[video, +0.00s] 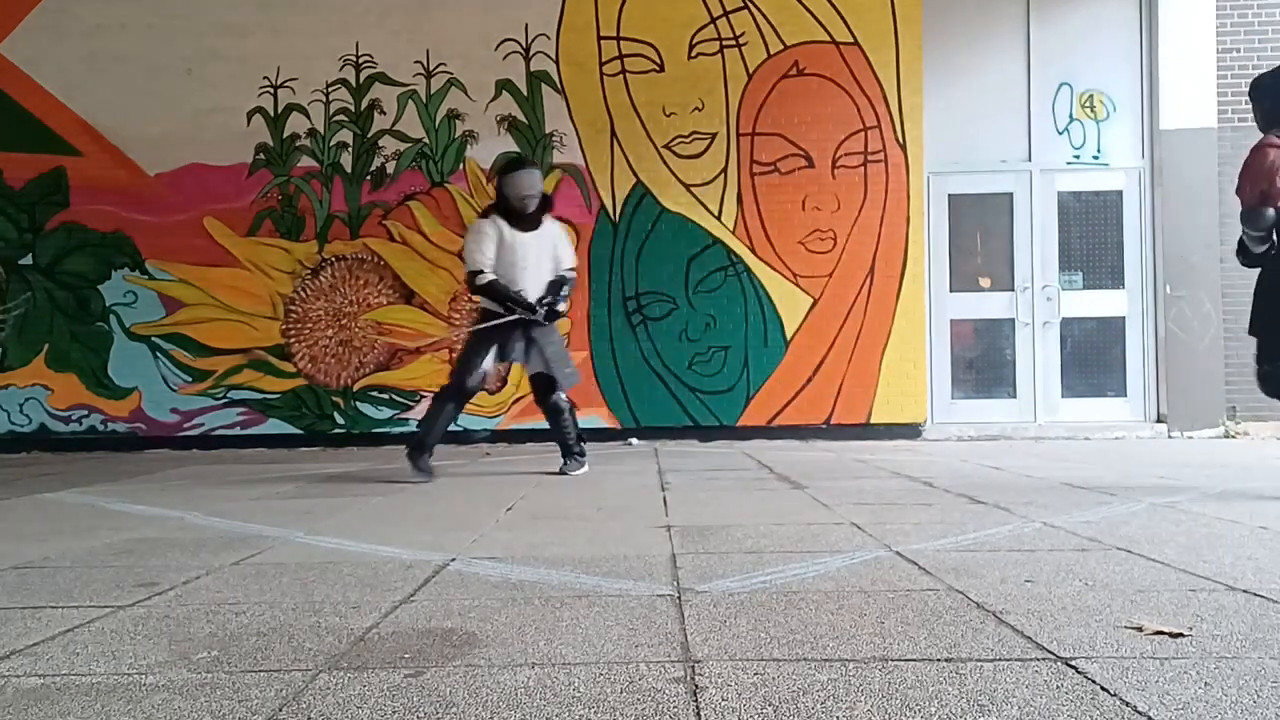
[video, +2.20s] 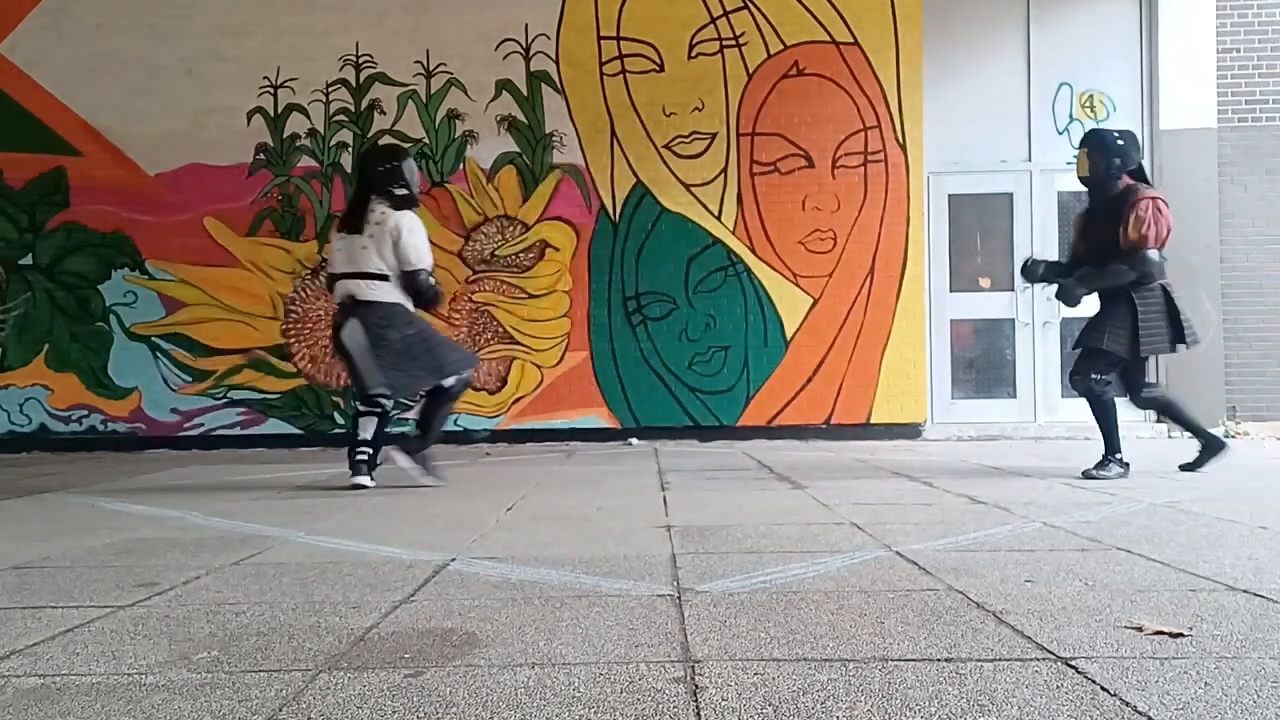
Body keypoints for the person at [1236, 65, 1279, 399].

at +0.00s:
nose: (1253, 113)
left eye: (1255, 104)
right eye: (1253, 104)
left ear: (1263, 107)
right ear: (1273, 106)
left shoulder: (1268, 153)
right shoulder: (1266, 152)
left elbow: (1260, 220)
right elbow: (1260, 221)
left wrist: (1253, 250)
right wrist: (1254, 247)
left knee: (1272, 377)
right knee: (1271, 377)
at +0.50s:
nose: (1213, 129)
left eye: (1219, 121)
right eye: (1214, 120)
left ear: (1241, 126)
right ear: (1256, 126)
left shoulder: (1249, 175)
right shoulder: (1269, 167)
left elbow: (1242, 242)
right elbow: (1259, 233)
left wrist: (1192, 255)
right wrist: (1214, 223)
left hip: (1252, 284)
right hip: (1273, 281)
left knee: (1231, 372)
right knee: (1273, 373)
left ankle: (1256, 459)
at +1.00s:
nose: (1183, 147)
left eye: (1190, 140)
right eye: (1183, 139)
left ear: (1212, 143)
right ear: (1225, 145)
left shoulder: (1222, 185)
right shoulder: (1242, 179)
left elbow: (1208, 249)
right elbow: (1227, 239)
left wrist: (1161, 262)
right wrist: (1183, 229)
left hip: (1225, 287)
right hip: (1247, 285)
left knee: (1172, 359)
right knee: (1230, 370)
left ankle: (1220, 439)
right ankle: (1260, 452)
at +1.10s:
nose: (1176, 150)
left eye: (1183, 142)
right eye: (1176, 141)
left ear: (1207, 146)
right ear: (1216, 147)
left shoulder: (1217, 187)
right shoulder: (1228, 180)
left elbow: (1201, 249)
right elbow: (1216, 242)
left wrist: (1153, 264)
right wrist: (1171, 232)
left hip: (1218, 289)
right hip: (1237, 288)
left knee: (1169, 361)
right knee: (1224, 370)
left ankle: (1174, 449)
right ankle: (1259, 451)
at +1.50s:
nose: (1130, 156)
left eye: (1136, 149)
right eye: (1131, 148)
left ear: (1158, 154)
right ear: (1166, 155)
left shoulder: (1169, 195)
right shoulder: (1176, 189)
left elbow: (1152, 254)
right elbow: (1162, 244)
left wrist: (1105, 272)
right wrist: (1126, 242)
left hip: (1168, 297)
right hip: (1180, 296)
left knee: (1116, 373)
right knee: (1177, 383)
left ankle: (1120, 459)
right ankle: (1246, 442)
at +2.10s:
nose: (1093, 166)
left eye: (1100, 158)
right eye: (1094, 158)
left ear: (1125, 162)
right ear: (1125, 164)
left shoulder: (1146, 206)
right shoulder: (1121, 202)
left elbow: (1132, 265)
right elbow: (1113, 259)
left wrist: (1074, 280)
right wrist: (1080, 260)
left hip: (1152, 303)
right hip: (1145, 302)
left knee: (1102, 369)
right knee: (1167, 385)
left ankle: (1114, 458)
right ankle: (1222, 452)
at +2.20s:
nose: (1081, 166)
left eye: (1088, 158)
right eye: (1081, 158)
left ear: (1113, 162)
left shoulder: (1139, 202)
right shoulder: (1100, 208)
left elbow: (1139, 265)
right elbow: (1086, 265)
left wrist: (1082, 283)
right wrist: (1047, 270)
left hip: (1137, 299)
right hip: (1120, 299)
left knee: (1090, 375)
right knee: (1140, 390)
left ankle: (1114, 459)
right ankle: (1209, 440)